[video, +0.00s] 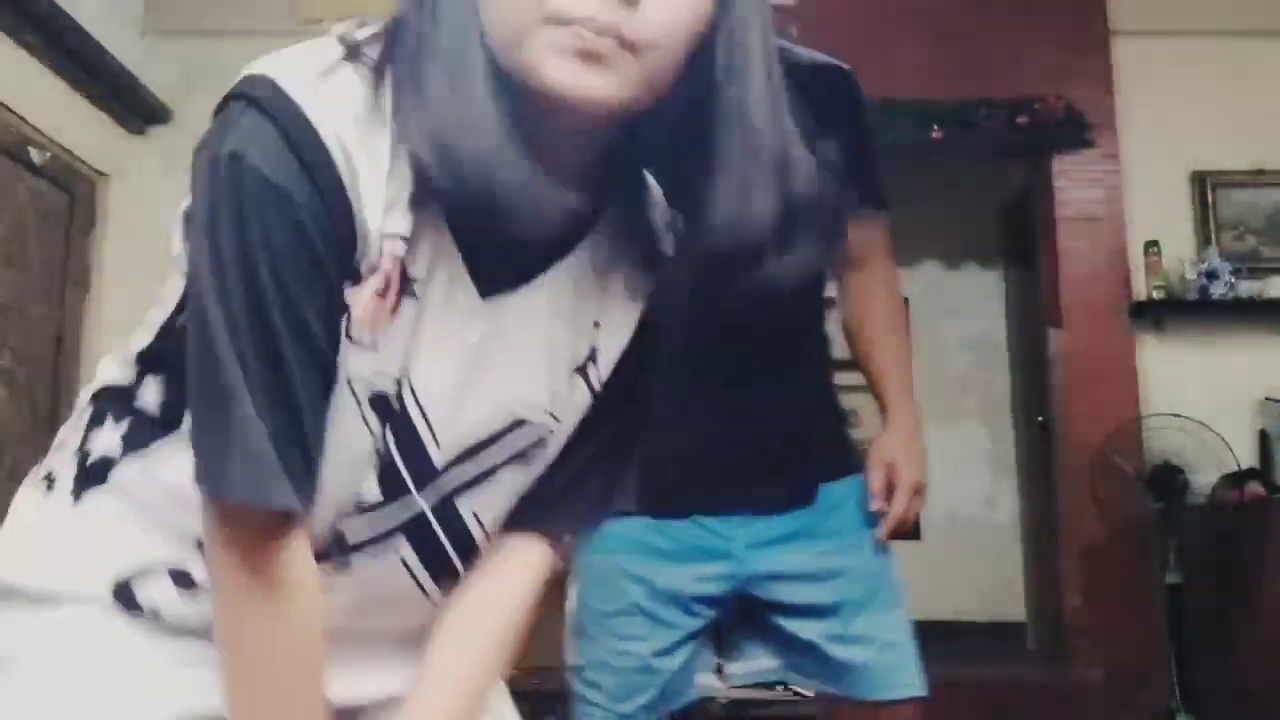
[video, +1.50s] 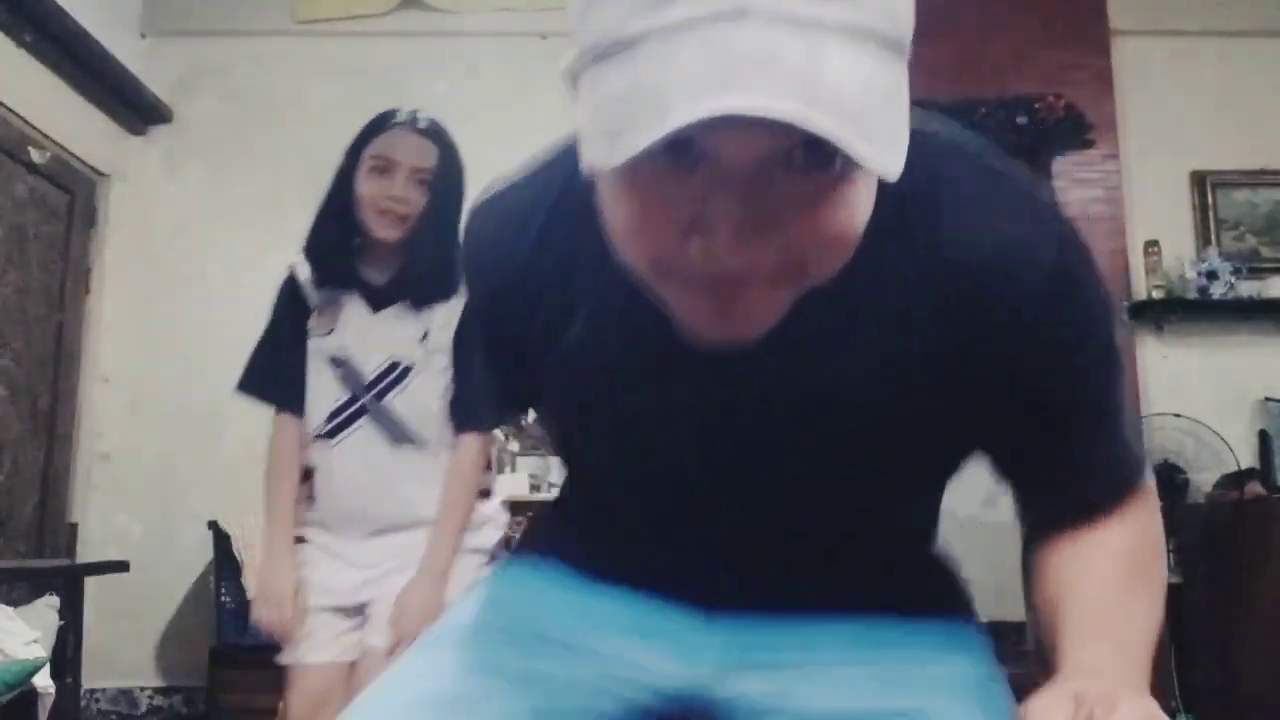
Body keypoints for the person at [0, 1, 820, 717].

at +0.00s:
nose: (615, 5)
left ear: (713, 32)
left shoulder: (653, 255)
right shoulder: (292, 139)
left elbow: (528, 541)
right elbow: (257, 540)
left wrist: (430, 712)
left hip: (391, 658)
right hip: (115, 635)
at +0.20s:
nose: (565, 8)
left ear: (661, 31)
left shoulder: (584, 222)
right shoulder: (267, 149)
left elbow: (463, 487)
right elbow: (193, 492)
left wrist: (335, 702)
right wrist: (218, 707)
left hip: (333, 601)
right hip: (96, 584)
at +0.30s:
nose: (498, 93)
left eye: (548, 59)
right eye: (458, 39)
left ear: (591, 105)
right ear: (377, 52)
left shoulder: (536, 289)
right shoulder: (232, 239)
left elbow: (418, 532)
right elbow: (163, 564)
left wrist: (304, 711)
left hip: (308, 651)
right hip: (81, 645)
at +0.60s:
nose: (430, 183)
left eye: (470, 154)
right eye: (396, 132)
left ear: (498, 179)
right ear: (329, 123)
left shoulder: (450, 301)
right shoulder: (208, 262)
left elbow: (353, 509)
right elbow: (164, 535)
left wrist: (255, 692)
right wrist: (175, 706)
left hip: (274, 580)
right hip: (74, 568)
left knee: (341, 708)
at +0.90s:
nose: (422, 266)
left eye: (458, 239)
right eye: (394, 226)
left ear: (487, 253)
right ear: (345, 219)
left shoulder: (467, 354)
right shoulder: (247, 321)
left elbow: (373, 527)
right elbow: (224, 531)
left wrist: (284, 684)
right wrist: (250, 694)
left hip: (339, 582)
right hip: (178, 575)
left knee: (332, 708)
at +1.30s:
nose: (379, 215)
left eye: (406, 199)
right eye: (358, 187)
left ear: (428, 218)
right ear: (320, 194)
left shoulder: (455, 321)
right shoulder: (262, 296)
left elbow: (426, 485)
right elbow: (249, 468)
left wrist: (355, 636)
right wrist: (267, 634)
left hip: (398, 568)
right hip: (278, 560)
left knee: (356, 705)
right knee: (265, 702)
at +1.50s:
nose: (398, 193)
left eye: (421, 181)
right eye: (382, 169)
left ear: (441, 199)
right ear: (350, 177)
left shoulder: (467, 299)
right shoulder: (307, 290)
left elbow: (473, 442)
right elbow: (288, 428)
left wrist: (431, 576)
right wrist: (277, 553)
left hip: (437, 543)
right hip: (330, 544)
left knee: (395, 701)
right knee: (309, 702)